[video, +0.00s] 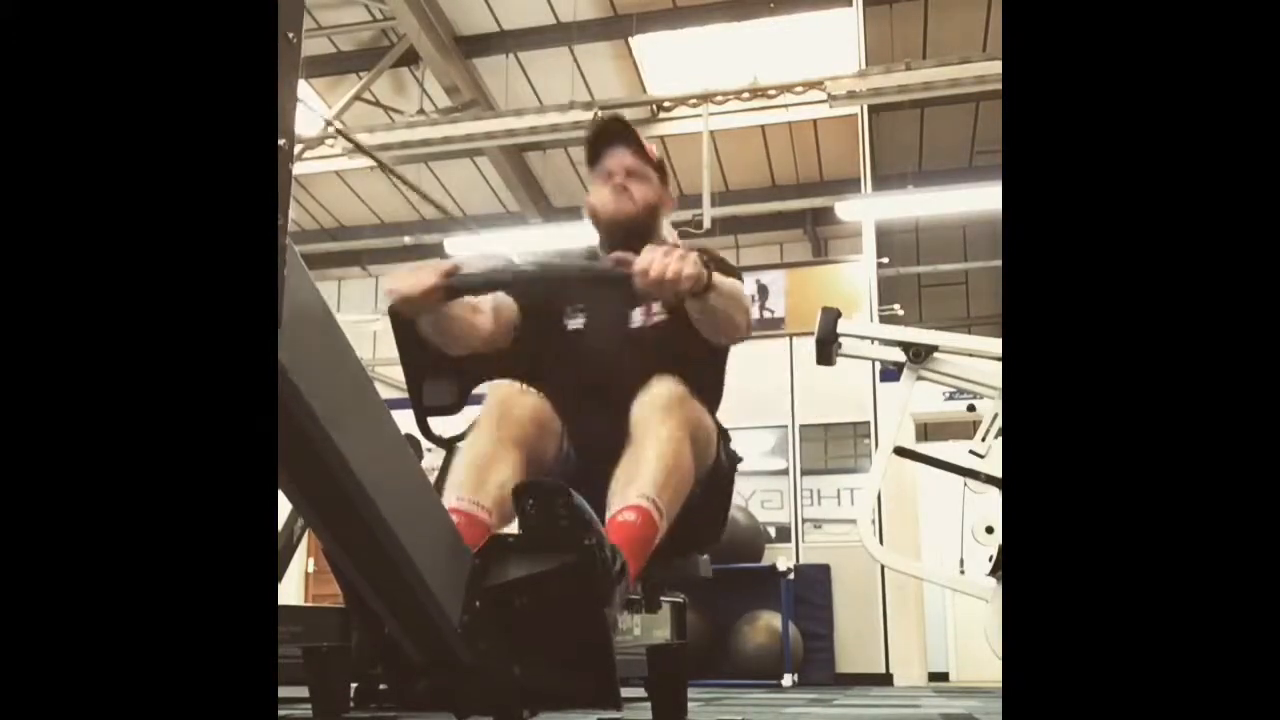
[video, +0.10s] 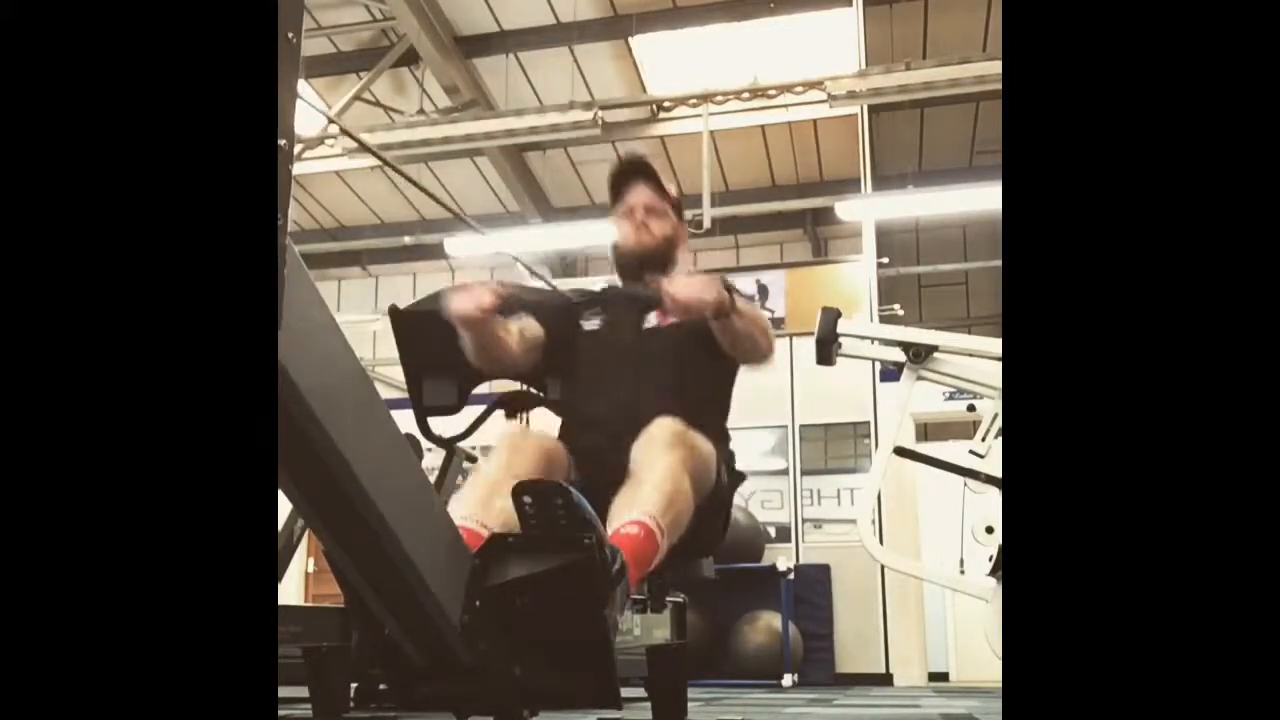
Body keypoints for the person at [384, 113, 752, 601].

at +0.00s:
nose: (619, 182)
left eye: (636, 175)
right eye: (606, 175)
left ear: (665, 196)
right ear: (588, 200)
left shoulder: (699, 267)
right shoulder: (556, 276)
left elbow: (735, 328)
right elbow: (478, 328)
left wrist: (697, 287)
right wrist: (429, 307)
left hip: (676, 477)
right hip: (562, 474)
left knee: (664, 395)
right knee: (508, 398)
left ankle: (612, 568)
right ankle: (446, 557)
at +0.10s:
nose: (639, 219)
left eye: (654, 212)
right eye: (627, 213)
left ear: (680, 229)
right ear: (613, 231)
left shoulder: (711, 301)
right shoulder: (580, 311)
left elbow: (760, 350)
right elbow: (505, 356)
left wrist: (722, 307)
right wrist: (478, 323)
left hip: (688, 481)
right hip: (581, 477)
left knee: (666, 434)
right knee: (522, 444)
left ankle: (610, 579)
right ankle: (448, 562)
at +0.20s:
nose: (652, 269)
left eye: (667, 261)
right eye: (641, 259)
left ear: (691, 280)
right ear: (624, 274)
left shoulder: (722, 345)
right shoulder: (593, 348)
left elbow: (784, 401)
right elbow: (512, 408)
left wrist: (744, 354)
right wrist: (509, 365)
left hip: (686, 481)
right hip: (587, 479)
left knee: (666, 469)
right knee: (531, 471)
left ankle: (613, 577)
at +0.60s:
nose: (641, 259)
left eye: (655, 248)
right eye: (628, 249)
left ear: (681, 262)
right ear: (611, 261)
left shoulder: (716, 333)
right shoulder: (570, 337)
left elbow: (803, 385)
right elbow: (475, 410)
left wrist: (753, 328)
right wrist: (476, 347)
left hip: (682, 499)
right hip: (566, 493)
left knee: (654, 397)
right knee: (526, 400)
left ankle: (610, 560)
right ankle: (465, 547)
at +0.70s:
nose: (623, 212)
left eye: (640, 201)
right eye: (610, 202)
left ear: (668, 221)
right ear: (593, 224)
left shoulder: (702, 297)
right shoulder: (555, 312)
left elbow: (775, 348)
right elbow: (469, 377)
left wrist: (730, 301)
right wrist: (450, 344)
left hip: (678, 495)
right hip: (561, 497)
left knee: (654, 363)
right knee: (508, 367)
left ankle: (609, 561)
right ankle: (451, 546)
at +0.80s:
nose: (605, 166)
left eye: (622, 156)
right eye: (590, 160)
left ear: (650, 179)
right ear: (573, 188)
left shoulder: (699, 259)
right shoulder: (530, 277)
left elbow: (749, 318)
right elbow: (453, 337)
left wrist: (704, 280)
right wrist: (409, 329)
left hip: (669, 491)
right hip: (546, 486)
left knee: (650, 341)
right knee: (487, 339)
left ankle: (605, 563)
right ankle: (443, 553)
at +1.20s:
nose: (625, 198)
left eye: (642, 190)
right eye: (611, 189)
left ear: (669, 210)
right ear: (593, 207)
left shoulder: (699, 276)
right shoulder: (565, 283)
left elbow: (747, 333)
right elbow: (492, 339)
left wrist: (707, 289)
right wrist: (449, 319)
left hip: (678, 471)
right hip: (563, 466)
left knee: (662, 405)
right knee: (505, 411)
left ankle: (607, 569)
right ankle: (452, 558)